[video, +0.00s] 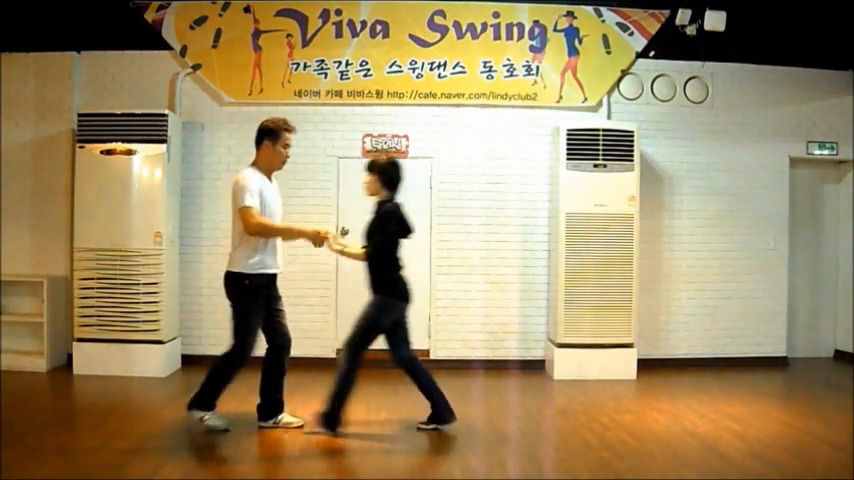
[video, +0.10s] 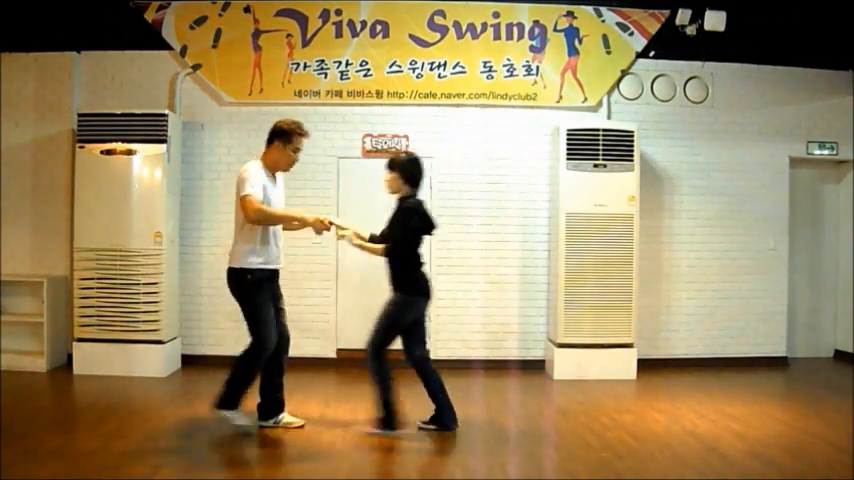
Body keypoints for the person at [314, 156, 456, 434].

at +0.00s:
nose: (365, 180)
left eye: (369, 176)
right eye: (367, 175)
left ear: (382, 181)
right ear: (385, 181)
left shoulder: (386, 213)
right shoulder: (389, 210)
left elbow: (369, 255)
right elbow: (374, 252)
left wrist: (337, 248)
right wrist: (341, 244)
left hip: (387, 298)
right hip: (393, 296)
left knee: (352, 349)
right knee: (403, 355)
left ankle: (331, 417)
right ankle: (442, 411)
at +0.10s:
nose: (385, 178)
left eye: (390, 173)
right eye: (387, 172)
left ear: (402, 178)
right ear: (406, 178)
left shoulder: (409, 211)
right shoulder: (407, 208)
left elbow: (390, 250)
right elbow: (383, 240)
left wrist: (356, 243)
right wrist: (355, 234)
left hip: (407, 294)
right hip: (414, 291)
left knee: (375, 348)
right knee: (417, 355)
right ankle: (445, 415)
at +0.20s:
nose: (402, 182)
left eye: (406, 177)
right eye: (403, 176)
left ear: (419, 181)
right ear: (417, 179)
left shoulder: (424, 212)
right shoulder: (422, 209)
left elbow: (407, 253)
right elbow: (392, 238)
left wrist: (371, 242)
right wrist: (361, 233)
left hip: (429, 295)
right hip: (430, 293)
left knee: (407, 354)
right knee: (416, 355)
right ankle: (440, 414)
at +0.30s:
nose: (411, 191)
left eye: (415, 186)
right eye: (412, 185)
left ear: (429, 189)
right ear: (428, 189)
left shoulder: (437, 221)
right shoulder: (429, 219)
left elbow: (432, 266)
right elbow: (399, 245)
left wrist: (400, 260)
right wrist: (365, 246)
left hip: (448, 305)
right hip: (441, 303)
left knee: (420, 363)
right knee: (415, 359)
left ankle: (457, 422)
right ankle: (444, 414)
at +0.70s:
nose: (428, 184)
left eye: (432, 179)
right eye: (429, 179)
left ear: (446, 182)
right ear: (444, 183)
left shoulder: (460, 212)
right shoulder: (443, 214)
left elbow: (462, 253)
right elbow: (412, 240)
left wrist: (437, 234)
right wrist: (368, 241)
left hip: (471, 296)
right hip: (458, 295)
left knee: (439, 358)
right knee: (432, 354)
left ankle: (462, 427)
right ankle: (448, 414)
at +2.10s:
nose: (413, 177)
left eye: (418, 172)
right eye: (415, 172)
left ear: (431, 176)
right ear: (429, 177)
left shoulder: (441, 208)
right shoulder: (426, 211)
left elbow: (440, 250)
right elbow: (390, 231)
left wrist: (411, 237)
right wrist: (351, 230)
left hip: (441, 298)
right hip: (427, 297)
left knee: (436, 364)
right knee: (394, 345)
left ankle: (465, 427)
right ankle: (402, 412)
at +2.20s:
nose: (397, 183)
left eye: (402, 178)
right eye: (399, 178)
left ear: (416, 183)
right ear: (415, 183)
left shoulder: (422, 214)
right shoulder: (412, 214)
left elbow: (416, 256)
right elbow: (382, 236)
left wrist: (387, 244)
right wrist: (342, 238)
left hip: (423, 302)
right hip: (411, 301)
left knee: (427, 368)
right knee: (378, 352)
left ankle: (464, 426)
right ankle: (362, 419)